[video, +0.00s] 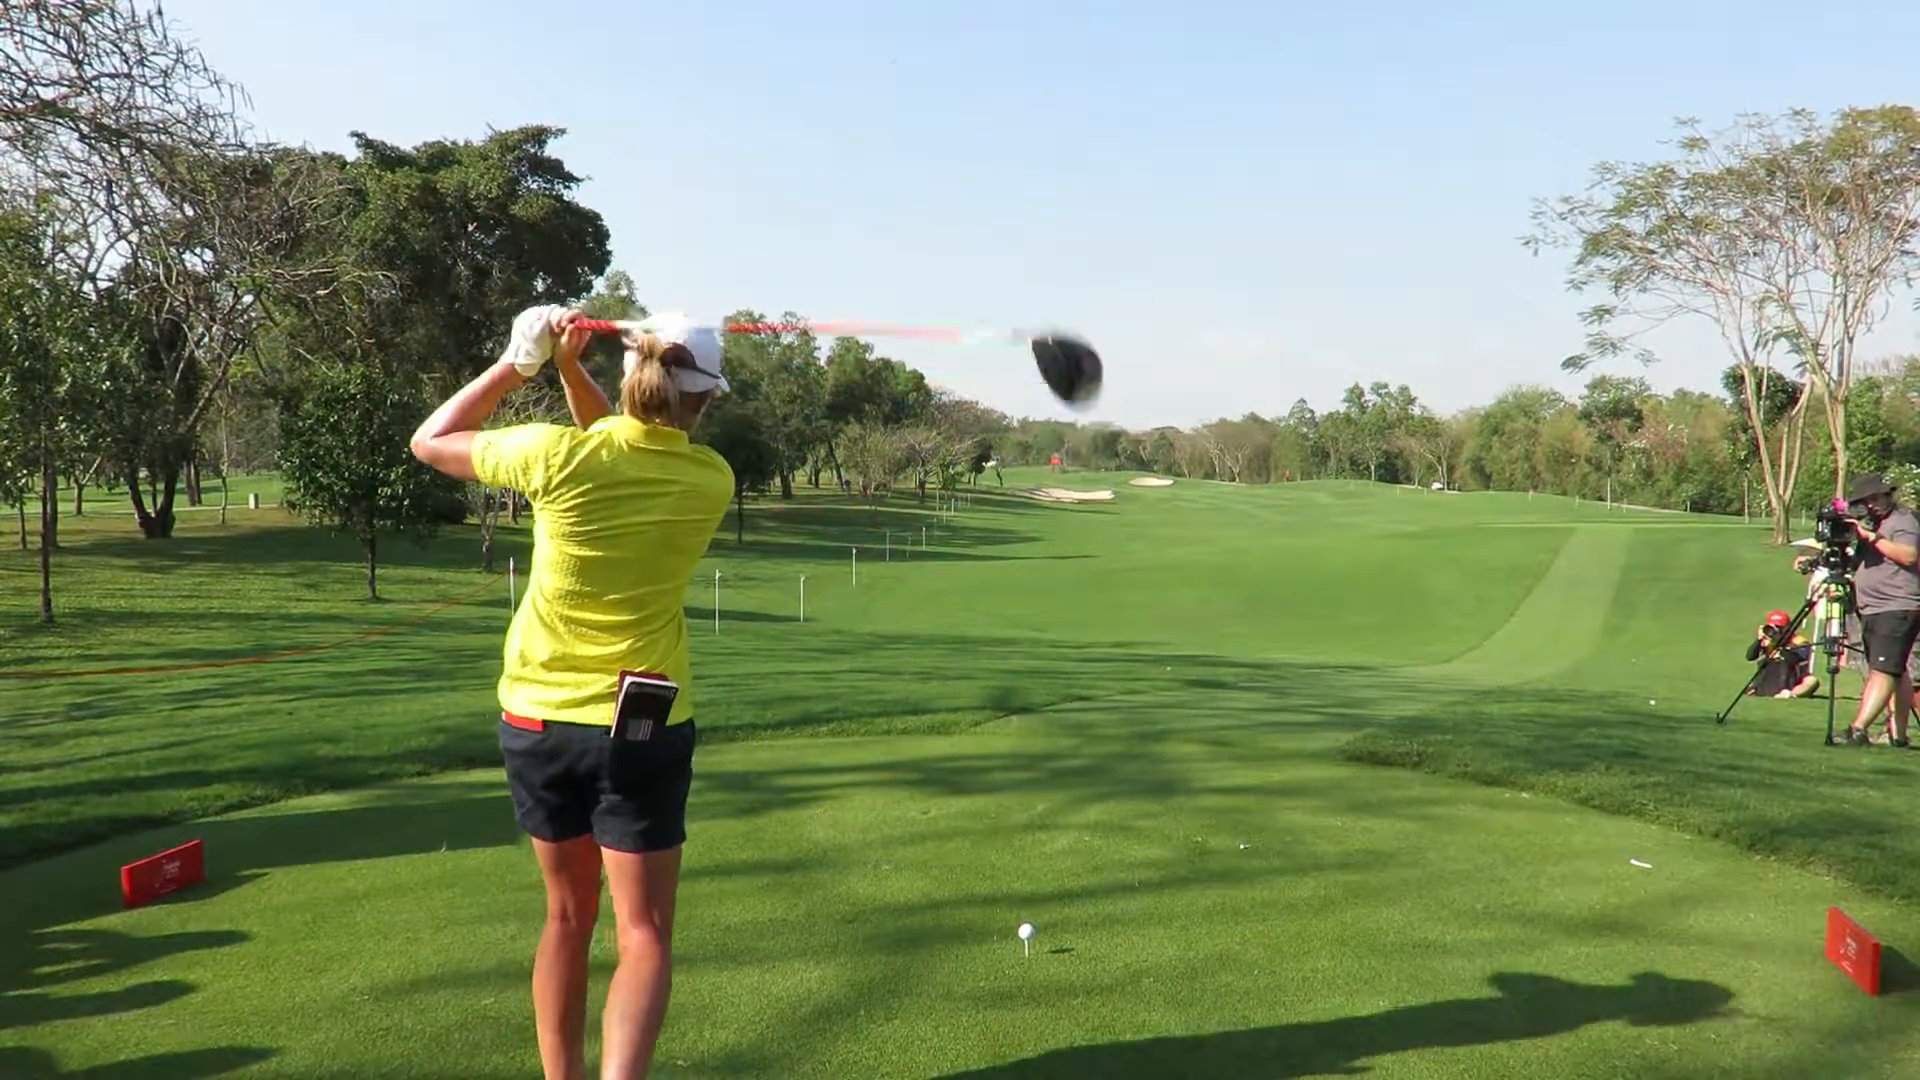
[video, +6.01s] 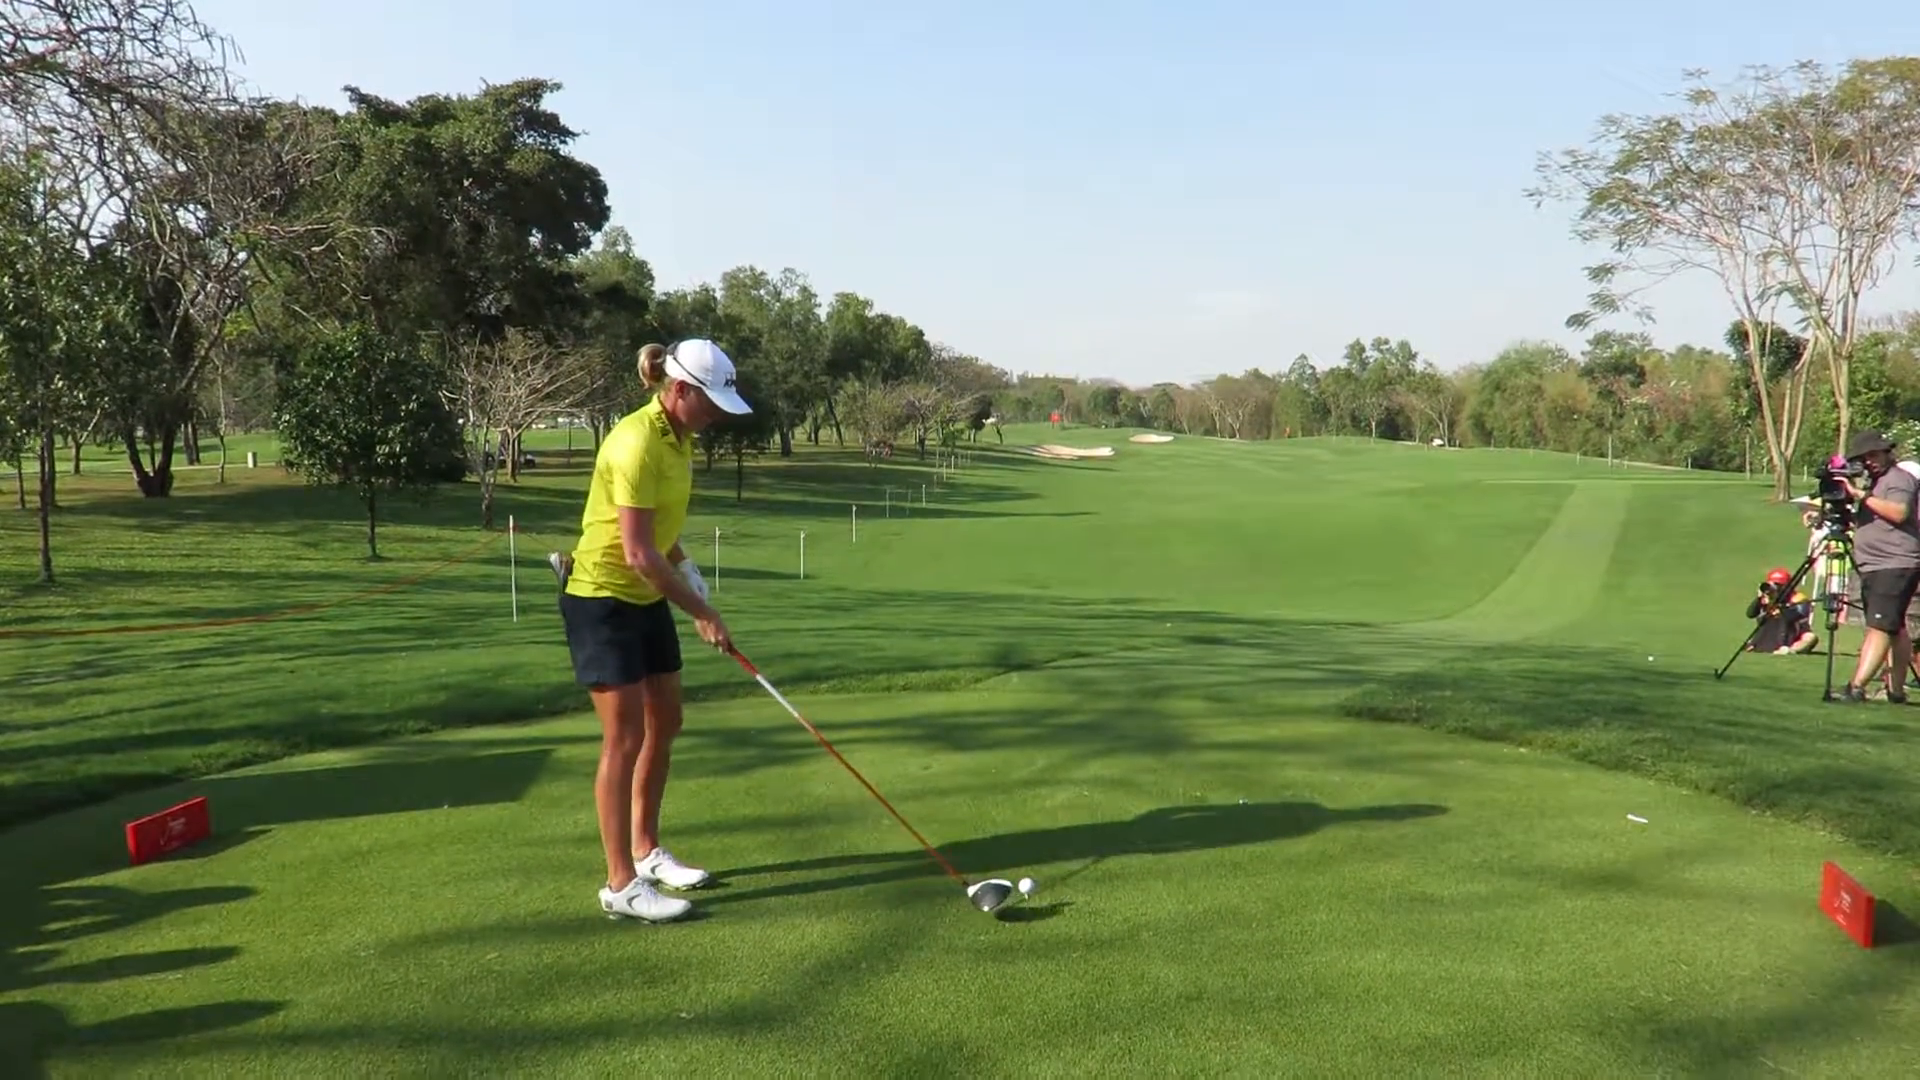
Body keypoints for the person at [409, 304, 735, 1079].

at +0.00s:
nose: (713, 403)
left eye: (710, 388)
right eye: (713, 391)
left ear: (629, 375)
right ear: (699, 398)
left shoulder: (554, 451)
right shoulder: (711, 480)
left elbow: (430, 440)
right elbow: (626, 445)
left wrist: (512, 363)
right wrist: (571, 365)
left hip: (538, 725)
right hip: (642, 730)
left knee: (566, 913)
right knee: (645, 931)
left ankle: (559, 1071)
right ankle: (620, 1072)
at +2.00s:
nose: (580, 329)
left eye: (580, 305)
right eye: (582, 307)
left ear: (432, 284)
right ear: (562, 311)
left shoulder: (300, 434)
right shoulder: (595, 466)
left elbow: (171, 679)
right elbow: (644, 771)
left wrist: (283, 826)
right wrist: (659, 925)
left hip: (314, 917)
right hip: (511, 930)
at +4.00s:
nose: (488, 426)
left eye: (488, 414)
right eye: (484, 414)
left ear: (412, 407)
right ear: (466, 414)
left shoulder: (346, 479)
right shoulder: (471, 485)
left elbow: (304, 601)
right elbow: (499, 622)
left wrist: (299, 696)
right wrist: (555, 706)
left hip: (372, 709)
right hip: (456, 712)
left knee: (407, 852)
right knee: (468, 885)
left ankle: (412, 1004)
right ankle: (393, 1043)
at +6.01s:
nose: (716, 416)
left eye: (720, 406)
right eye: (710, 404)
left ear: (692, 395)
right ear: (679, 391)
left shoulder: (677, 440)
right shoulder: (636, 443)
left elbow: (658, 526)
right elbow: (638, 554)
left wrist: (684, 574)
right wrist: (702, 613)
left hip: (648, 596)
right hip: (603, 600)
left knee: (664, 720)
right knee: (624, 736)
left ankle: (643, 853)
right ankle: (620, 884)